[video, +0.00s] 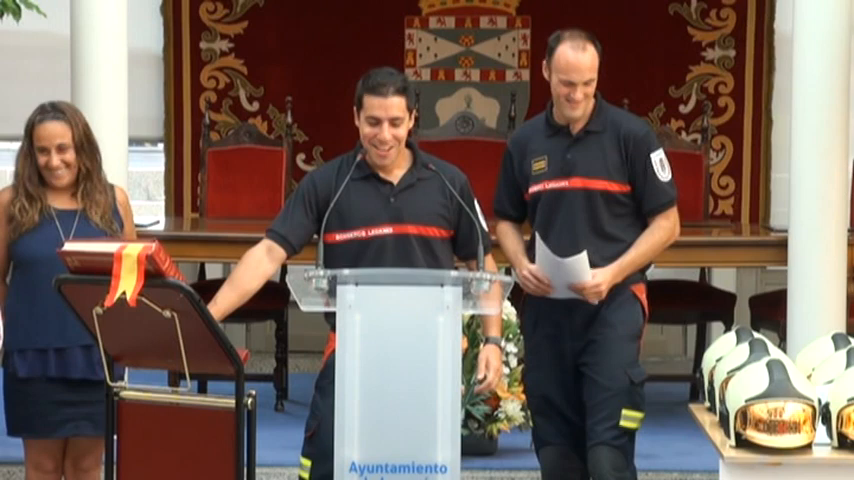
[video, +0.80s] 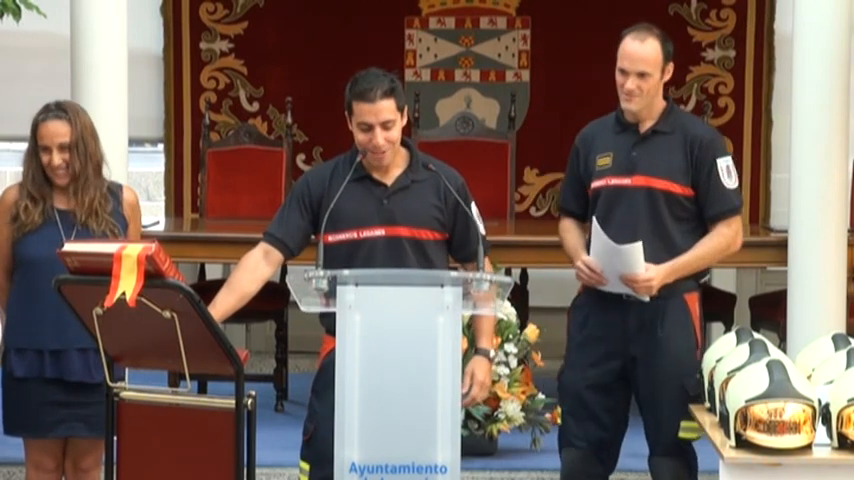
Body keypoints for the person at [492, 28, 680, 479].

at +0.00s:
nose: (577, 95)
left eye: (586, 84)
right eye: (567, 83)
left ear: (598, 78)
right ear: (546, 73)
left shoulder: (632, 135)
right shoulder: (524, 141)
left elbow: (668, 223)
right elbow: (504, 219)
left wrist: (613, 273)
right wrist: (520, 264)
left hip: (612, 306)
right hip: (545, 309)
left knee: (606, 448)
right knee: (556, 451)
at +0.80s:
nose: (629, 85)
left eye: (642, 74)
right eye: (623, 72)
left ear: (666, 74)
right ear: (614, 71)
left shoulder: (701, 141)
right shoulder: (591, 139)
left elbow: (730, 233)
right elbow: (570, 216)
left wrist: (665, 274)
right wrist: (579, 256)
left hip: (667, 316)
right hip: (597, 313)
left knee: (671, 454)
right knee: (581, 454)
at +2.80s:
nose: (669, 86)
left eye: (681, 76)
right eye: (662, 74)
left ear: (705, 77)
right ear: (654, 74)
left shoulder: (737, 145)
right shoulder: (633, 140)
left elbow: (764, 242)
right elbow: (611, 218)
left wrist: (691, 280)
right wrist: (616, 258)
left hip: (697, 333)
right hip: (630, 328)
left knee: (693, 467)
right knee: (607, 464)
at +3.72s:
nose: (687, 99)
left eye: (696, 88)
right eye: (677, 87)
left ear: (709, 83)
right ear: (659, 80)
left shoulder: (741, 145)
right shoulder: (627, 142)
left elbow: (772, 229)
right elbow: (608, 223)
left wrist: (758, 287)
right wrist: (625, 287)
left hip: (706, 315)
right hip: (634, 311)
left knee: (696, 448)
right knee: (609, 442)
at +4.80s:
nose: (633, 116)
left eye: (643, 104)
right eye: (625, 105)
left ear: (669, 93)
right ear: (616, 98)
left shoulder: (715, 147)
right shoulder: (599, 154)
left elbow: (758, 222)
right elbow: (581, 232)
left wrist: (709, 259)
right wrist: (595, 295)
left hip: (693, 320)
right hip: (618, 320)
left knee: (691, 451)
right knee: (599, 450)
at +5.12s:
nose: (596, 90)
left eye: (607, 78)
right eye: (594, 79)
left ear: (642, 77)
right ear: (596, 80)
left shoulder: (688, 142)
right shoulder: (590, 142)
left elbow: (720, 238)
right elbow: (579, 228)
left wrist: (640, 263)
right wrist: (556, 258)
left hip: (661, 314)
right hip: (596, 312)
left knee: (669, 456)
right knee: (560, 450)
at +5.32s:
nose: (565, 80)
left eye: (576, 71)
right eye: (565, 70)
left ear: (612, 73)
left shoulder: (646, 140)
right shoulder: (570, 140)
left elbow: (660, 242)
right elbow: (563, 218)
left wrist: (576, 264)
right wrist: (527, 240)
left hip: (621, 312)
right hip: (564, 311)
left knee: (639, 451)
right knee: (542, 446)